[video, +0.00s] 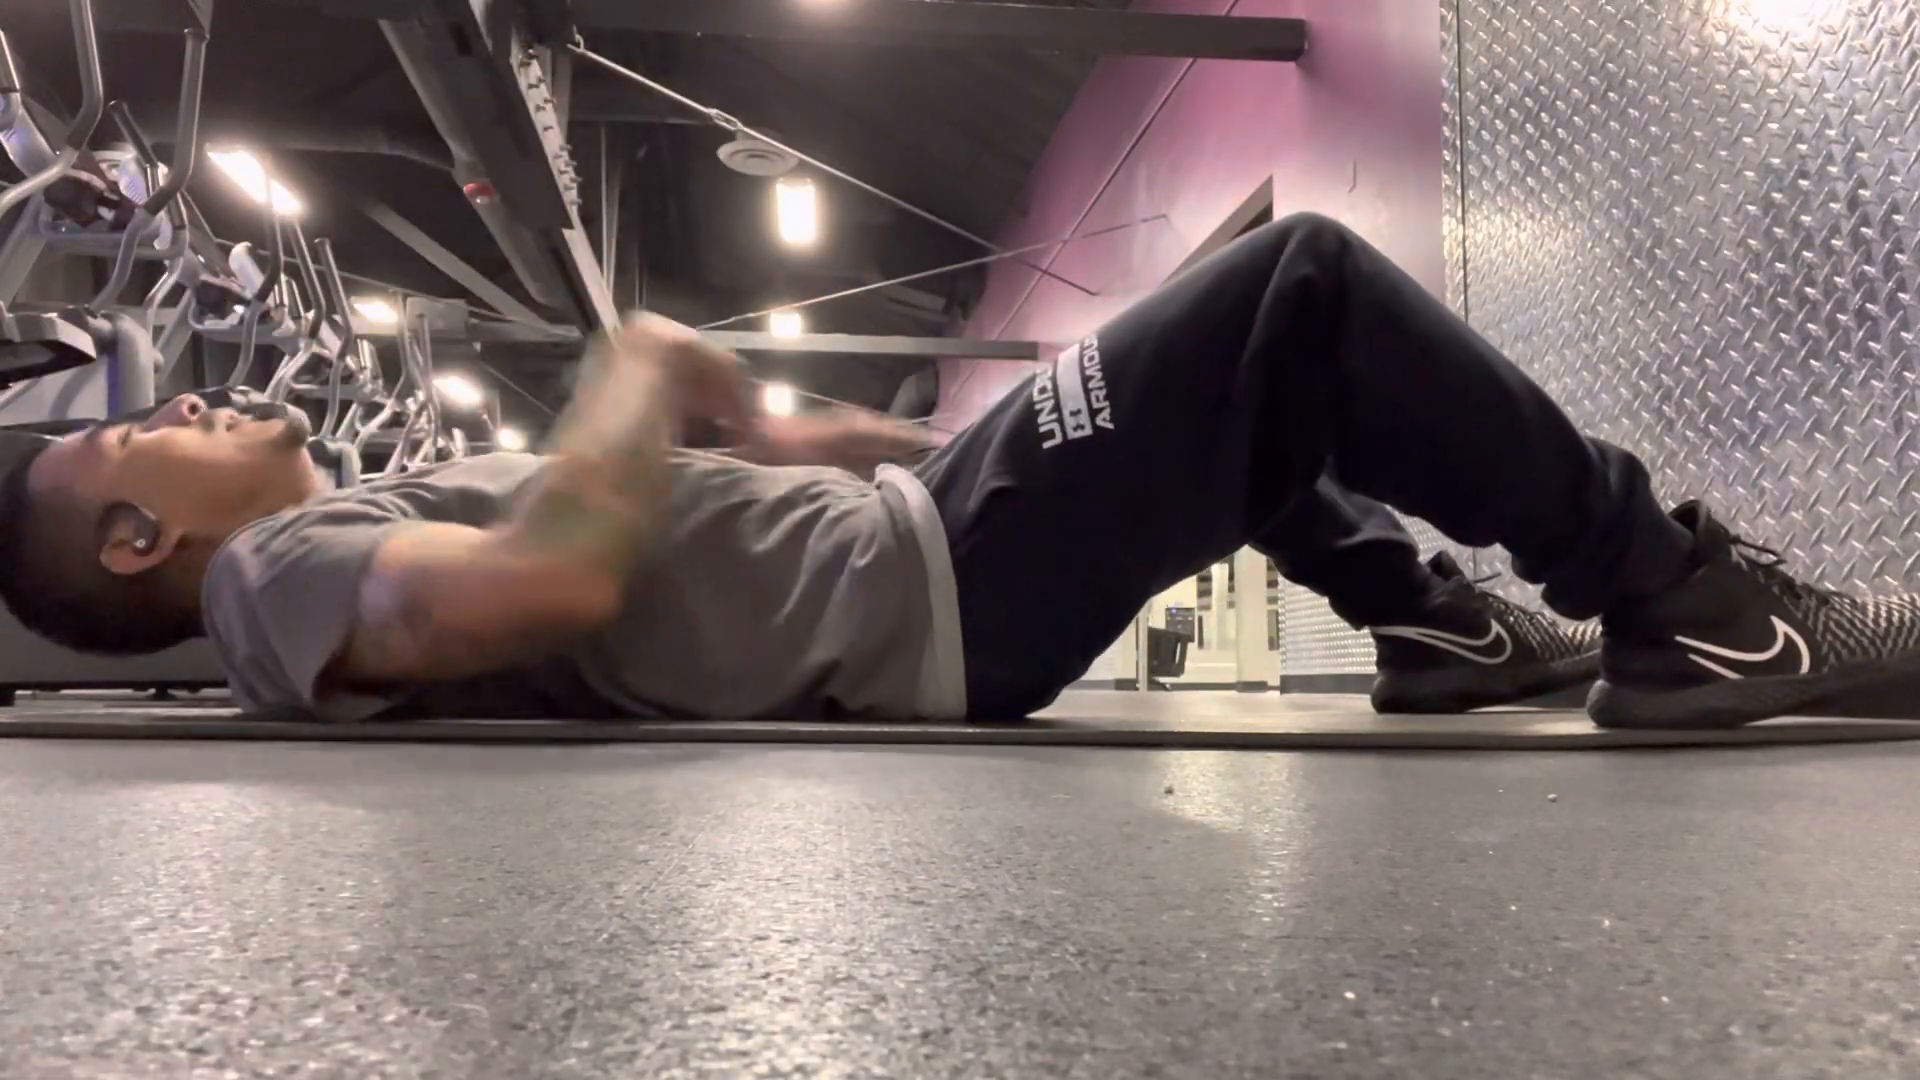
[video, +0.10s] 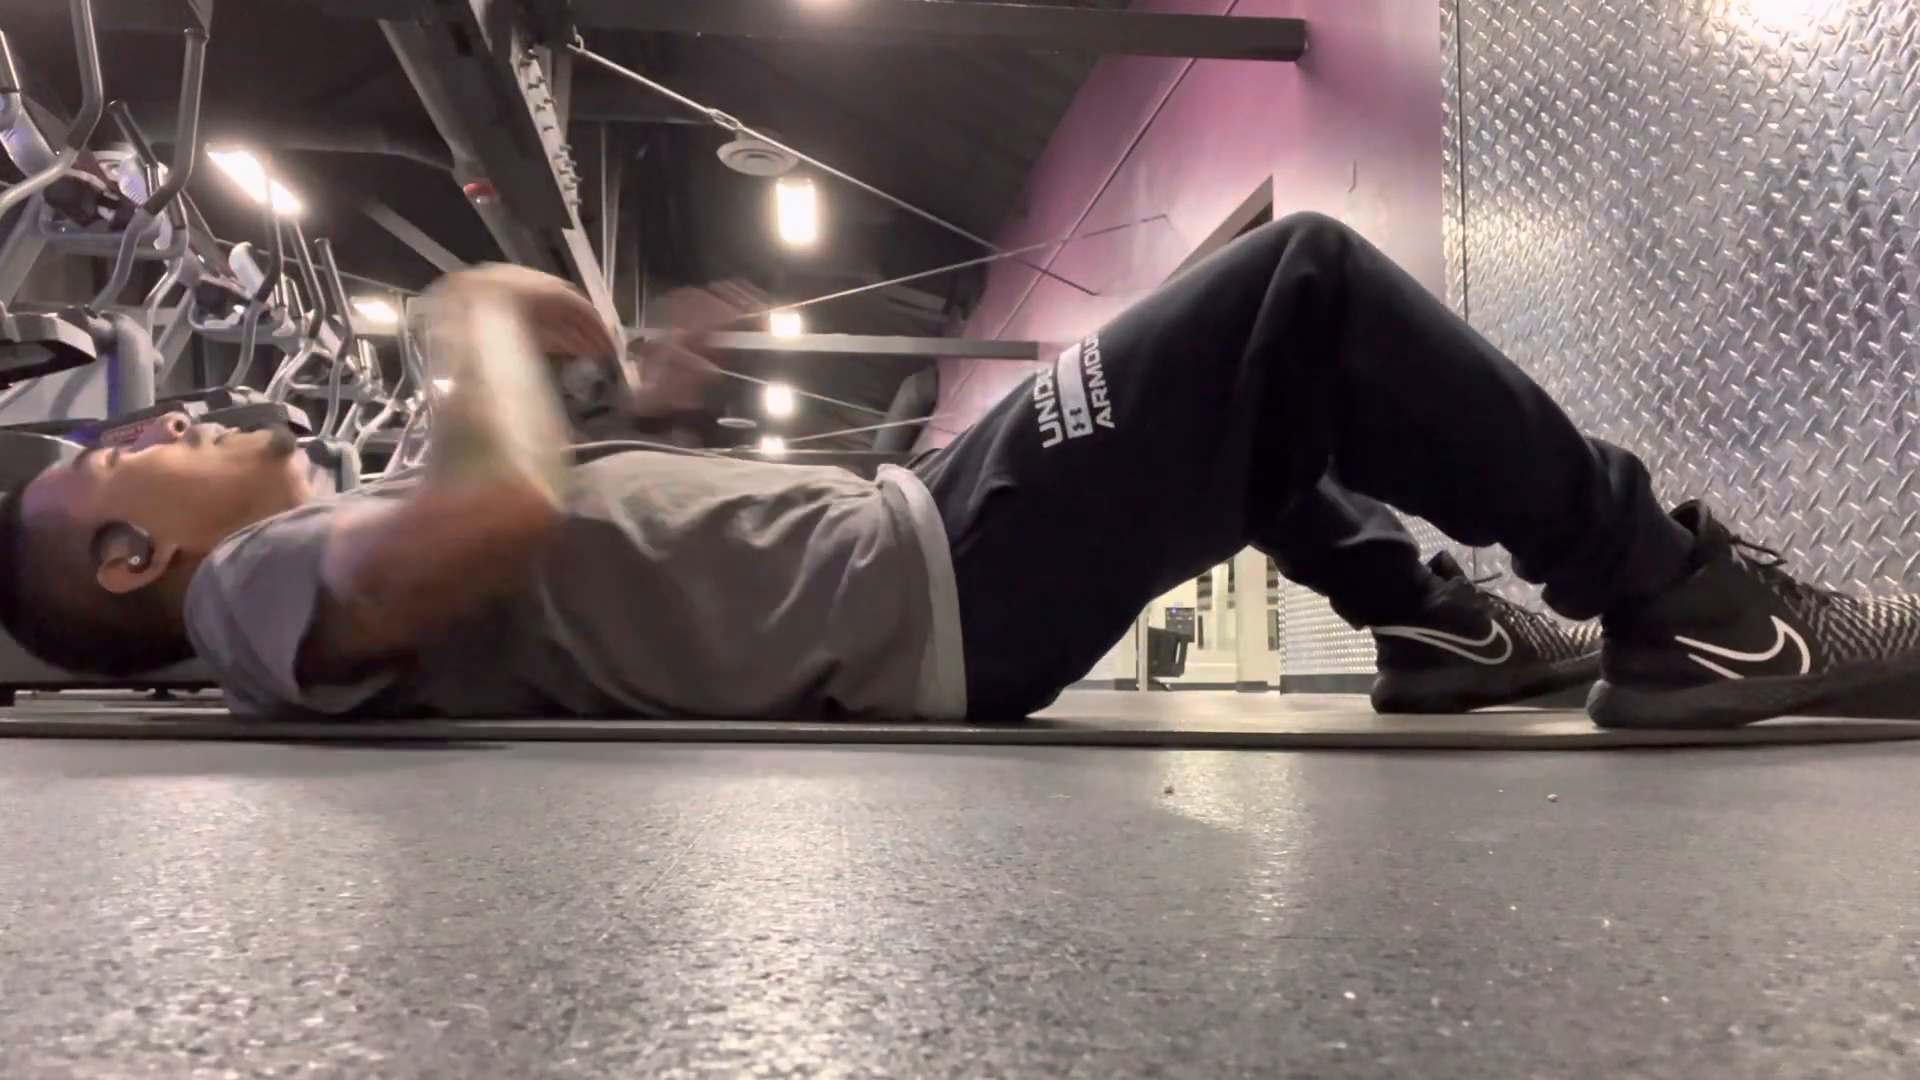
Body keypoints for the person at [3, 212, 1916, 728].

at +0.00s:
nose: (215, 401)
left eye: (165, 401)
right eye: (169, 425)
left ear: (158, 525)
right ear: (151, 537)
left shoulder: (310, 558)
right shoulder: (287, 584)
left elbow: (565, 559)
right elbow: (560, 578)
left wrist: (726, 432)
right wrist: (649, 375)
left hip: (901, 558)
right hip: (924, 613)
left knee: (1209, 318)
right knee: (1295, 280)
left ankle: (1446, 622)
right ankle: (1689, 595)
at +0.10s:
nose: (186, 417)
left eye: (149, 415)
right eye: (147, 441)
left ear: (157, 509)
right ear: (135, 549)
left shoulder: (305, 555)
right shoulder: (253, 606)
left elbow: (538, 489)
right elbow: (505, 513)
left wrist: (580, 367)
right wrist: (480, 311)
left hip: (906, 539)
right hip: (933, 600)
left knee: (1194, 332)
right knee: (1297, 276)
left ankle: (1447, 622)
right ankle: (1689, 596)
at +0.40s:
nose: (146, 446)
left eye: (115, 443)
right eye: (104, 473)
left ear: (156, 458)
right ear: (112, 581)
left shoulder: (337, 547)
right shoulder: (251, 593)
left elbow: (583, 469)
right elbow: (381, 333)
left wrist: (564, 306)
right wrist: (469, 176)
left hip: (887, 518)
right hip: (923, 582)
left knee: (1178, 335)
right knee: (1276, 267)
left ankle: (1435, 618)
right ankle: (1672, 601)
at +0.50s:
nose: (194, 365)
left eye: (166, 362)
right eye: (152, 389)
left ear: (202, 408)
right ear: (149, 478)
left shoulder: (345, 516)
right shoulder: (301, 492)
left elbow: (629, 413)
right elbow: (558, 306)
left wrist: (782, 237)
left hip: (853, 536)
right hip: (893, 567)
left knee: (1196, 346)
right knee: (1264, 274)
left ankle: (1442, 617)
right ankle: (1657, 591)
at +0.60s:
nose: (388, 212)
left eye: (362, 194)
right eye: (334, 216)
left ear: (348, 269)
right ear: (265, 311)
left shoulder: (431, 407)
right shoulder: (372, 388)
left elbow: (722, 359)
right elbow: (676, 275)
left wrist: (933, 241)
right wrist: (974, 140)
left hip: (873, 538)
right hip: (899, 592)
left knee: (1202, 318)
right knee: (1260, 287)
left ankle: (1434, 607)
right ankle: (1649, 590)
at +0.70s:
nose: (587, 126)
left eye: (570, 104)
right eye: (539, 109)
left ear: (501, 162)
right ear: (443, 176)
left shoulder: (552, 337)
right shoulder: (483, 279)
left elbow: (857, 328)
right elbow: (805, 232)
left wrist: (1033, 218)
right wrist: (1093, 137)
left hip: (914, 571)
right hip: (916, 596)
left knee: (1215, 318)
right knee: (1266, 277)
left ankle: (1432, 611)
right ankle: (1646, 568)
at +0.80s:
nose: (744, 84)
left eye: (733, 58)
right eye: (708, 57)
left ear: (589, 98)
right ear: (612, 80)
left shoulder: (656, 279)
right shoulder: (619, 189)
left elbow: (935, 318)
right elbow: (1003, 168)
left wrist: (1104, 198)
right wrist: (1255, 76)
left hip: (931, 608)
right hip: (934, 606)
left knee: (1205, 344)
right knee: (1262, 257)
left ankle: (1432, 604)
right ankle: (1642, 555)